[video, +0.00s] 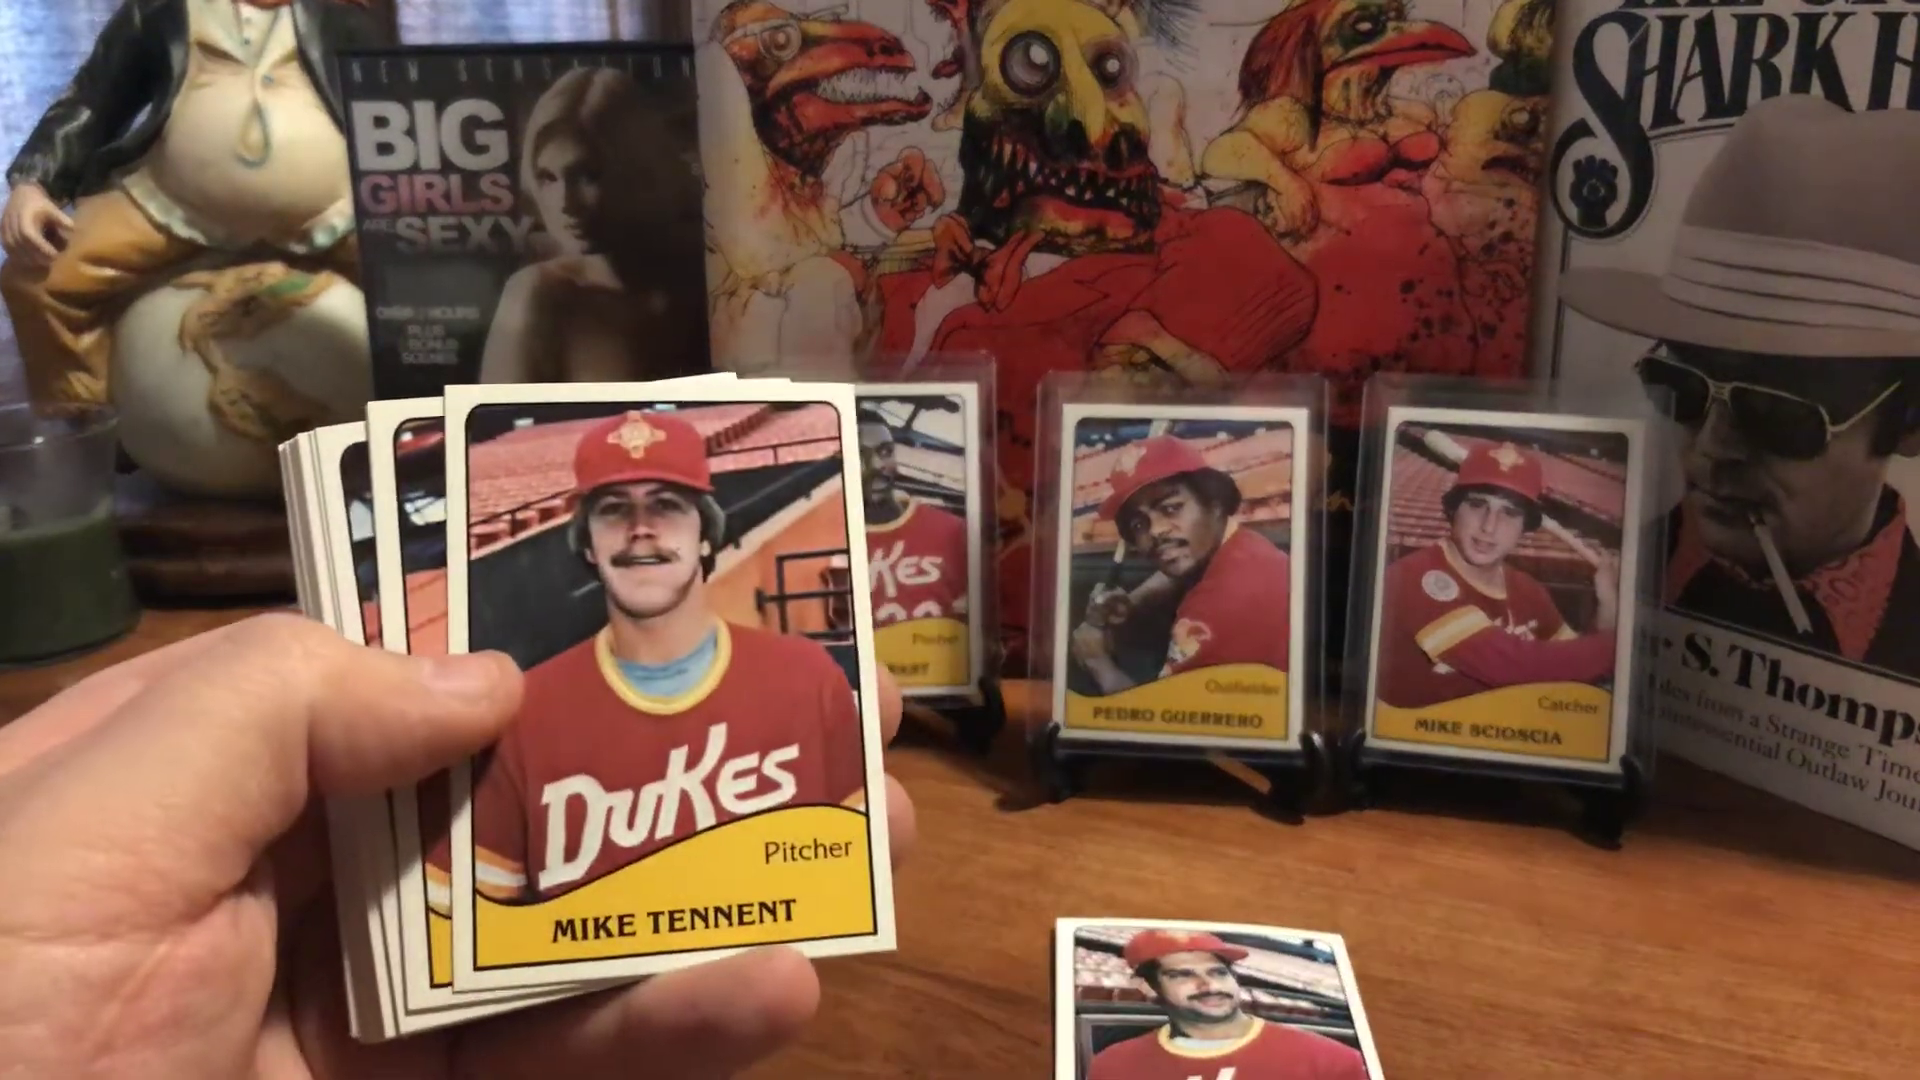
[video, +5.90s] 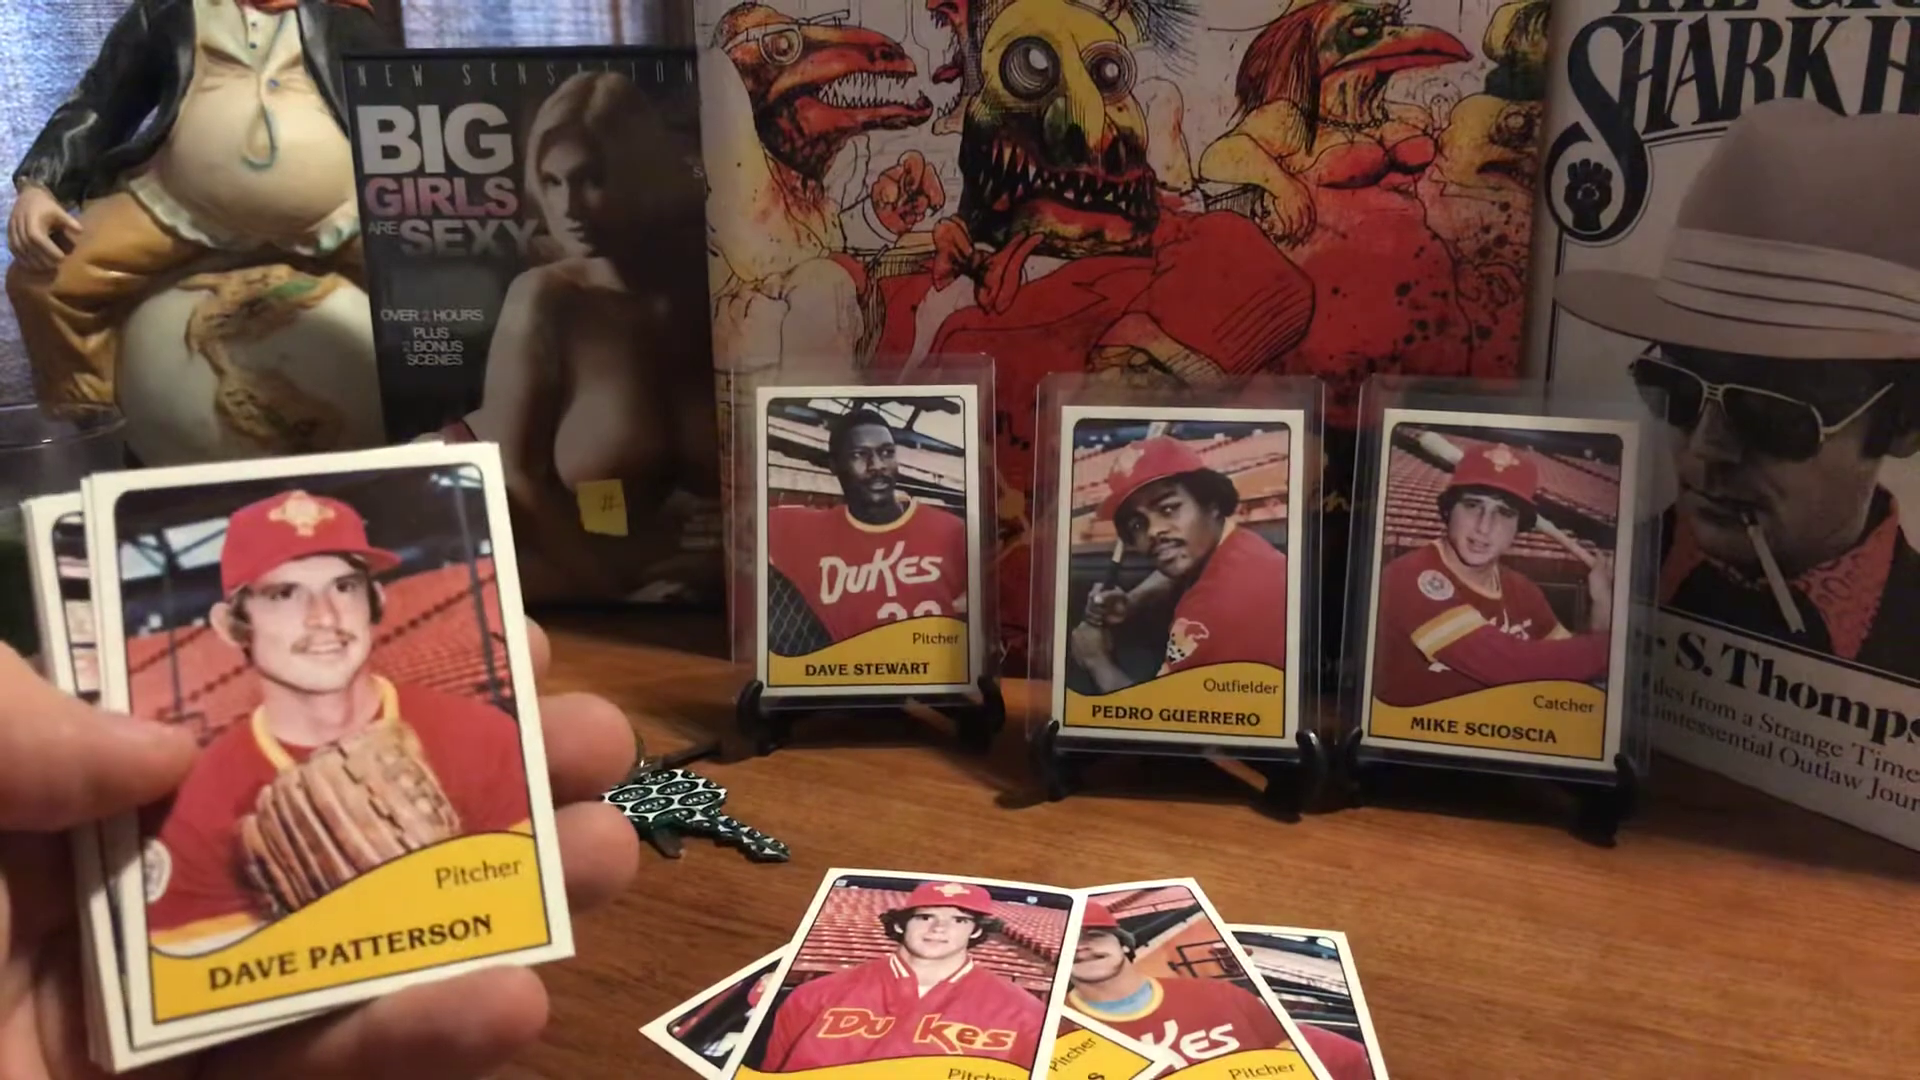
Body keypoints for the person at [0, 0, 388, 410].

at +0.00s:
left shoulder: (344, 19)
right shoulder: (158, 10)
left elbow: (398, 107)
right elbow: (91, 101)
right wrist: (28, 180)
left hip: (331, 213)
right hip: (173, 206)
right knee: (37, 276)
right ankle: (95, 439)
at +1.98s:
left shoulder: (350, 17)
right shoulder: (160, 13)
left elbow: (399, 98)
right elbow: (93, 103)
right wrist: (31, 182)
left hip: (337, 210)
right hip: (175, 206)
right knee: (40, 281)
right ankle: (96, 453)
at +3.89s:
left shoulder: (346, 21)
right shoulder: (163, 13)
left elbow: (398, 104)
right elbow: (97, 103)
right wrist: (34, 182)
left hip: (338, 214)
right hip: (177, 208)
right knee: (43, 283)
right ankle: (95, 432)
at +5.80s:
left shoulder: (351, 20)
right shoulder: (167, 12)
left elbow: (408, 109)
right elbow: (99, 103)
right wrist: (36, 183)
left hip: (342, 214)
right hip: (181, 207)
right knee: (44, 283)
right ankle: (99, 455)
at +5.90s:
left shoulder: (349, 21)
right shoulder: (166, 13)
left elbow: (408, 106)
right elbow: (99, 103)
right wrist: (37, 184)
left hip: (342, 214)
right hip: (181, 208)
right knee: (44, 282)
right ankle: (102, 454)